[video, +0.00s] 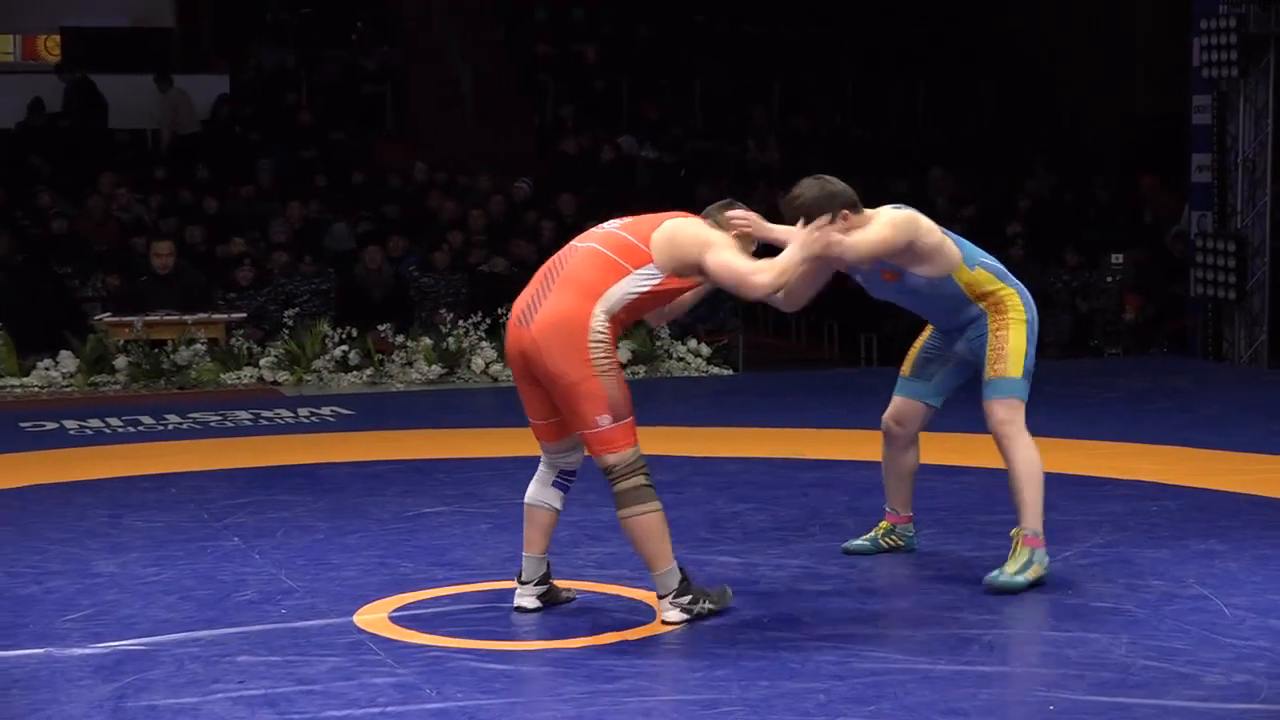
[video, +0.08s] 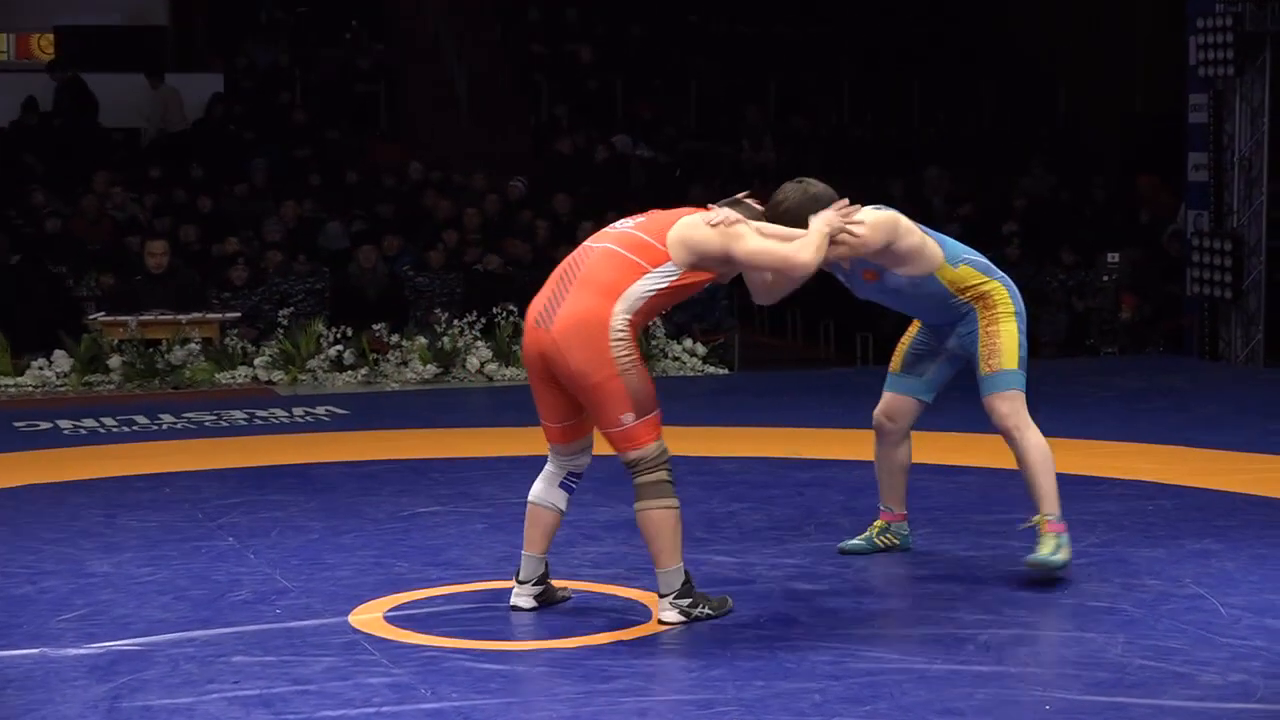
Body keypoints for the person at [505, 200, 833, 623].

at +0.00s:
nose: (747, 257)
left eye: (751, 249)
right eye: (748, 247)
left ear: (707, 217)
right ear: (734, 232)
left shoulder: (653, 232)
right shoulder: (706, 237)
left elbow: (658, 316)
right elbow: (758, 281)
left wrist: (711, 274)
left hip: (523, 331)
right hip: (575, 334)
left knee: (558, 461)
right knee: (625, 468)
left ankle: (531, 583)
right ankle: (674, 593)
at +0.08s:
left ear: (732, 208)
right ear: (754, 226)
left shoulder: (675, 219)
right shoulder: (724, 231)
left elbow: (763, 290)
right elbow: (801, 262)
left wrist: (807, 238)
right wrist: (822, 224)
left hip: (540, 333)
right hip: (596, 338)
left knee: (564, 461)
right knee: (650, 466)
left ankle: (529, 581)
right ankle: (676, 595)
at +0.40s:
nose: (757, 254)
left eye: (765, 248)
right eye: (766, 242)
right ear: (759, 221)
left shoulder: (673, 213)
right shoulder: (734, 200)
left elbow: (690, 287)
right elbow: (831, 175)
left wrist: (754, 299)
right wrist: (772, 179)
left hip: (572, 324)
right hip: (631, 328)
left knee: (565, 456)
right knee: (664, 464)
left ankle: (517, 576)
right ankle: (655, 592)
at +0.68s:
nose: (754, 262)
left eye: (765, 255)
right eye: (765, 249)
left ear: (749, 227)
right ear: (754, 225)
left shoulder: (680, 248)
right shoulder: (713, 205)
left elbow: (694, 312)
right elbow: (819, 191)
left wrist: (749, 329)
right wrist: (835, 232)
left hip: (568, 326)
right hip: (629, 332)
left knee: (530, 463)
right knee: (698, 436)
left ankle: (487, 587)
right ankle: (662, 548)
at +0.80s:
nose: (748, 261)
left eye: (758, 253)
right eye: (756, 247)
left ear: (735, 229)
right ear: (744, 224)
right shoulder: (709, 204)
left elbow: (664, 318)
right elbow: (808, 187)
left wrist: (731, 296)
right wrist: (828, 229)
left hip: (557, 322)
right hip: (618, 329)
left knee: (515, 462)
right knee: (695, 436)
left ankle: (470, 585)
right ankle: (687, 556)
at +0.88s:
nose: (754, 247)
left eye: (760, 242)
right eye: (758, 235)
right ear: (738, 215)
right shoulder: (702, 199)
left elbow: (720, 286)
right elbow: (801, 186)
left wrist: (781, 252)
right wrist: (818, 227)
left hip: (555, 322)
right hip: (618, 330)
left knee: (511, 462)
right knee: (689, 444)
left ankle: (461, 586)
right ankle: (705, 569)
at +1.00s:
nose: (757, 263)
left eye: (764, 257)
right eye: (765, 249)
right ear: (754, 225)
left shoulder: (665, 228)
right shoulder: (714, 209)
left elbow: (718, 309)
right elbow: (806, 197)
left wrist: (768, 266)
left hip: (546, 322)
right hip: (610, 333)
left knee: (524, 461)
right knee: (672, 448)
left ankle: (466, 572)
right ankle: (696, 565)